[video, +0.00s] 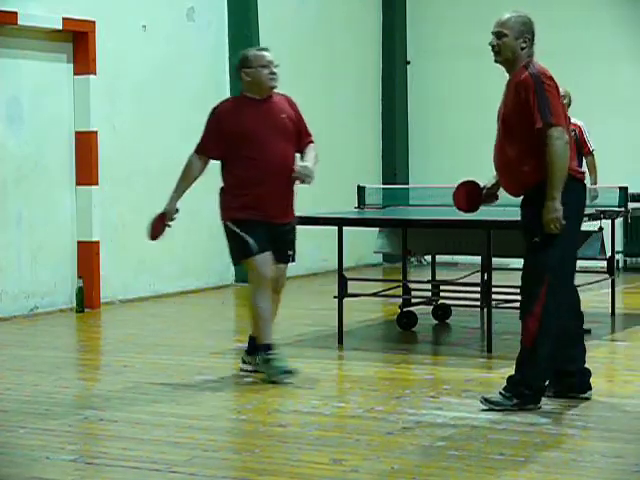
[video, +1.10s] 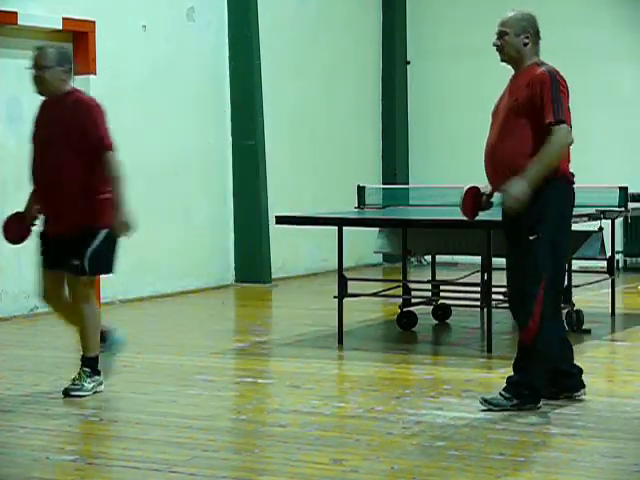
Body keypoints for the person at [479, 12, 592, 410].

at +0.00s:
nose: (492, 42)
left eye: (499, 36)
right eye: (492, 36)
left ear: (523, 42)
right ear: (512, 44)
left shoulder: (534, 77)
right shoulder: (517, 81)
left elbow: (558, 135)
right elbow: (525, 141)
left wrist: (553, 200)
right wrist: (498, 184)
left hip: (556, 194)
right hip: (544, 193)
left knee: (540, 285)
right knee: (557, 286)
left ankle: (525, 388)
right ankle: (571, 378)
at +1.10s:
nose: (495, 41)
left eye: (502, 35)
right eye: (496, 36)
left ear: (527, 39)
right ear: (517, 42)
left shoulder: (545, 76)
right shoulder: (517, 83)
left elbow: (562, 136)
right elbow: (522, 143)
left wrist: (526, 179)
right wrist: (496, 186)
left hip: (545, 191)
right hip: (523, 193)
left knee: (534, 286)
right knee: (528, 286)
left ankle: (526, 388)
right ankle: (563, 377)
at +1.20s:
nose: (502, 43)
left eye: (508, 37)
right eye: (502, 37)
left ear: (532, 41)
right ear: (523, 43)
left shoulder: (550, 76)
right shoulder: (520, 87)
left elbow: (554, 130)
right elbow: (516, 147)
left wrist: (497, 145)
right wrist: (495, 189)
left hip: (548, 194)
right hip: (524, 195)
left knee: (535, 286)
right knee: (535, 287)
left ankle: (526, 388)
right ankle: (565, 378)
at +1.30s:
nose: (507, 45)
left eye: (514, 39)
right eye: (507, 40)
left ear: (539, 42)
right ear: (528, 44)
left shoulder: (554, 77)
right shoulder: (520, 90)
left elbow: (537, 119)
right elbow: (504, 147)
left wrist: (487, 98)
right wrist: (499, 189)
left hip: (550, 194)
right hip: (527, 196)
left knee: (534, 287)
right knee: (546, 287)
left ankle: (524, 387)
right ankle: (566, 378)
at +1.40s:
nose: (512, 50)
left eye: (518, 43)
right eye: (511, 45)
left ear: (541, 42)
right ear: (534, 44)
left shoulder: (558, 78)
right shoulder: (533, 85)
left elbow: (517, 99)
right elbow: (529, 147)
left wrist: (492, 61)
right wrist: (511, 191)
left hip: (552, 194)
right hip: (533, 195)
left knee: (526, 286)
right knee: (546, 287)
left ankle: (521, 385)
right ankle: (565, 379)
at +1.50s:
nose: (516, 57)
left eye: (520, 50)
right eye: (515, 51)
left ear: (539, 46)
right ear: (539, 47)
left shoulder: (556, 75)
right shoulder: (539, 79)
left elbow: (501, 75)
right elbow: (503, 75)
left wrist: (503, 33)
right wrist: (502, 36)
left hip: (549, 194)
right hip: (538, 194)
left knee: (521, 285)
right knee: (549, 288)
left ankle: (514, 382)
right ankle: (565, 381)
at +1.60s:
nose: (520, 58)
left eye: (522, 50)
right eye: (520, 50)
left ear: (535, 47)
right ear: (551, 47)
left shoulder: (549, 74)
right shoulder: (559, 79)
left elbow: (489, 65)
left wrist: (509, 32)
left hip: (543, 194)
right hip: (552, 193)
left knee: (517, 284)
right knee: (553, 286)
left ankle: (504, 380)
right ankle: (565, 380)